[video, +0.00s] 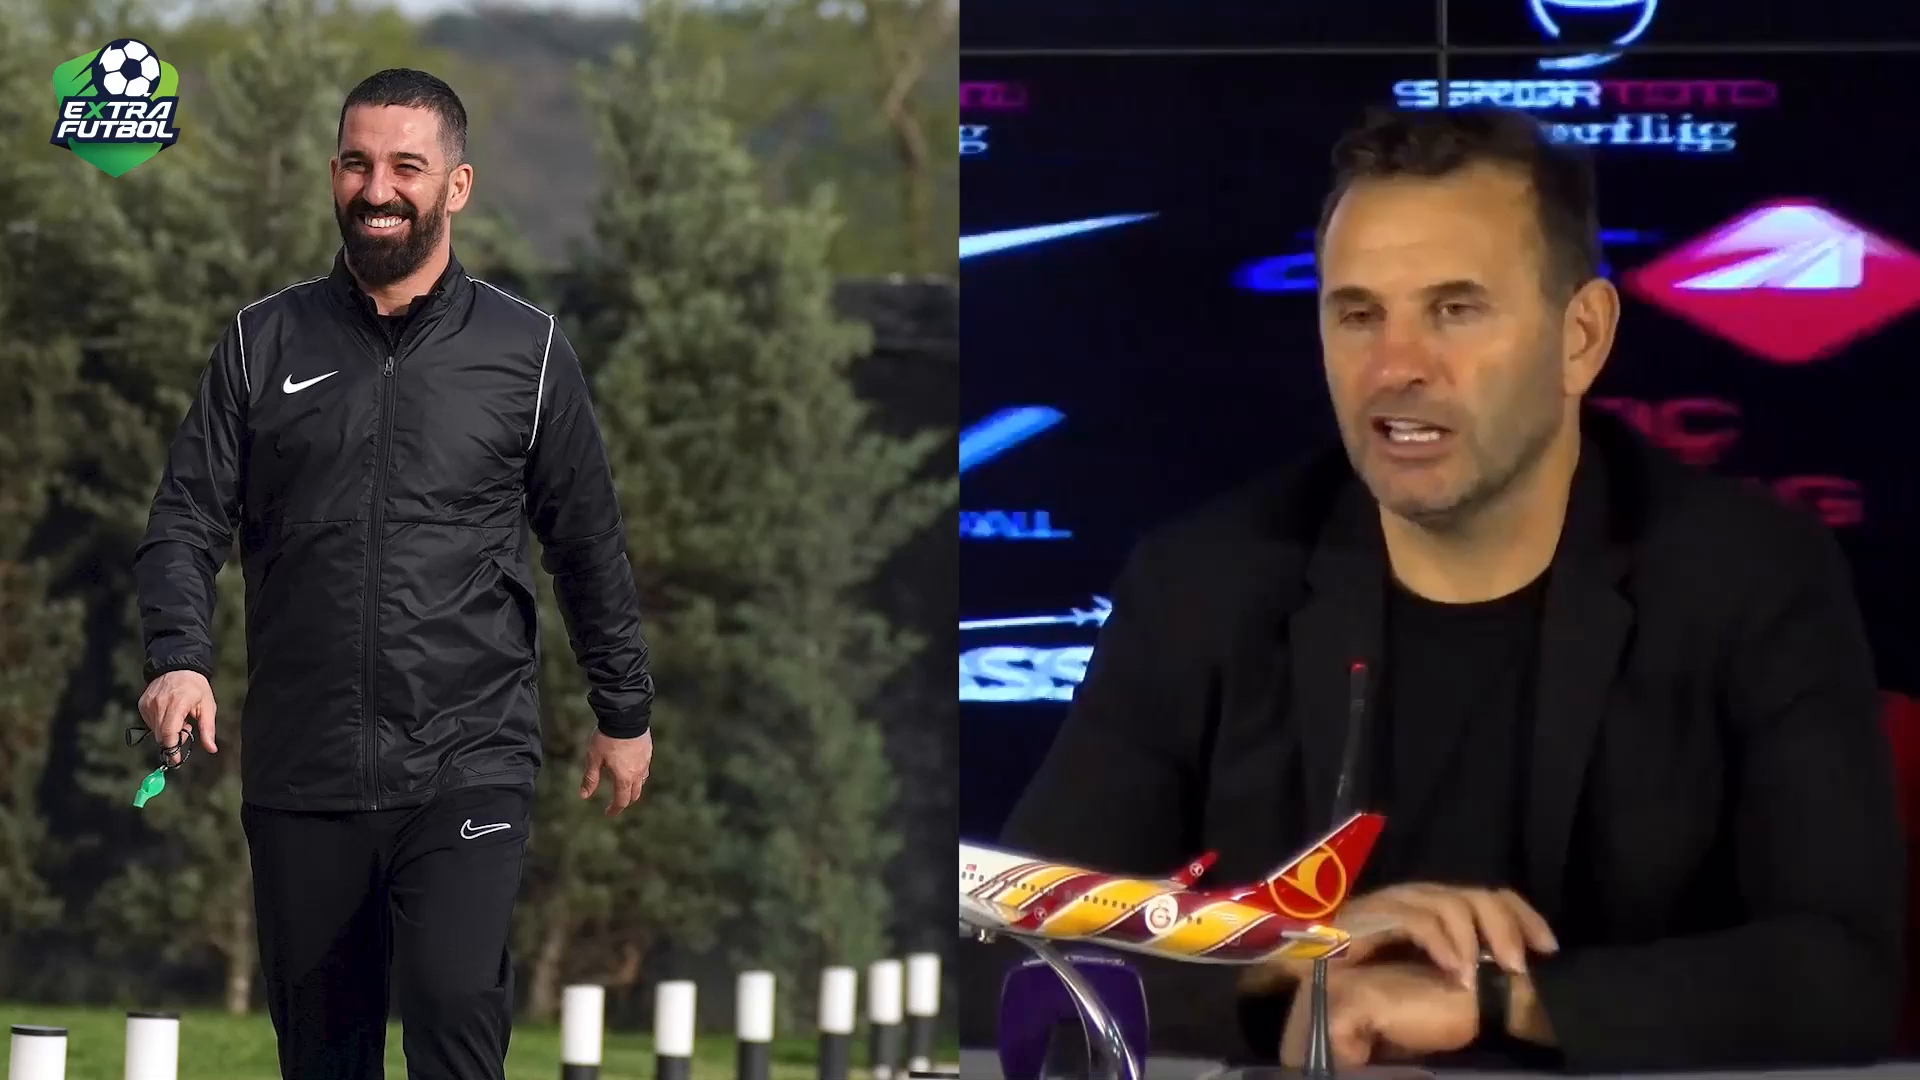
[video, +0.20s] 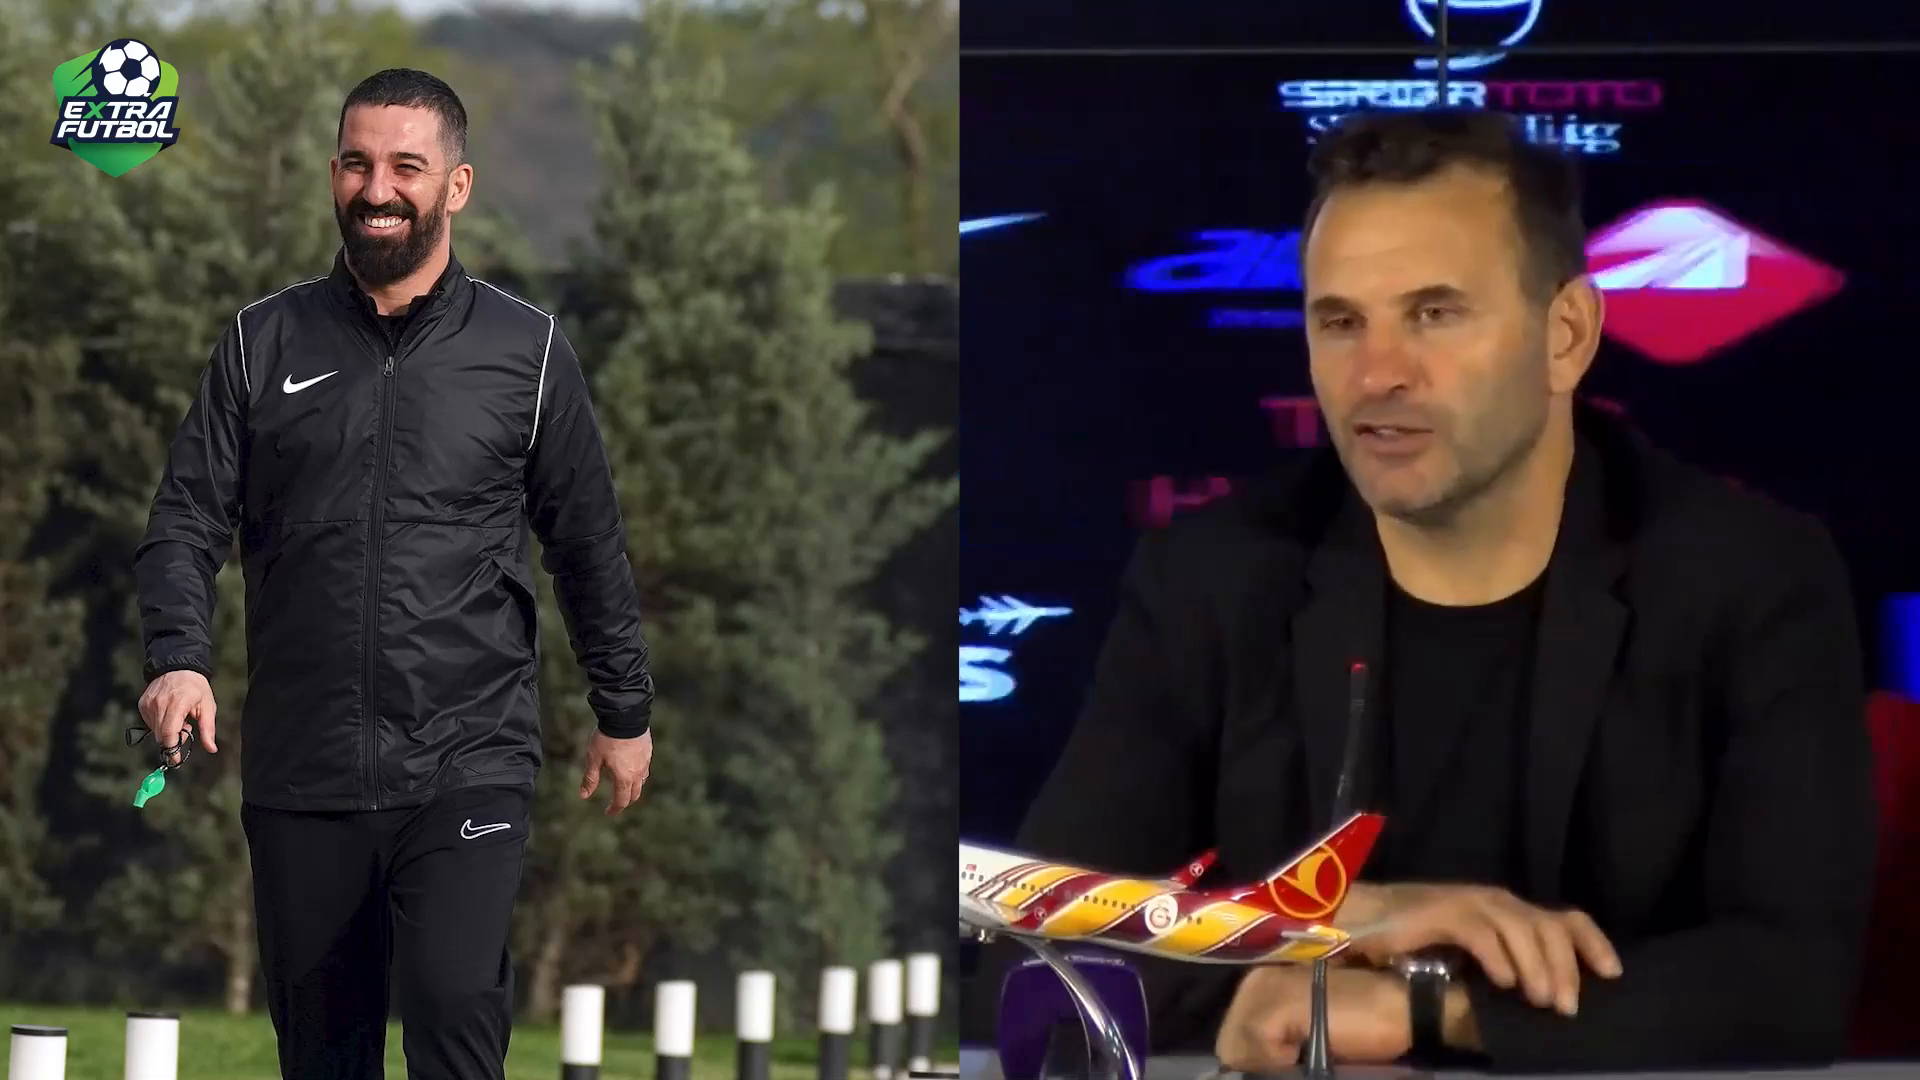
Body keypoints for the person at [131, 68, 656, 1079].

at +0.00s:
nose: (376, 187)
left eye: (405, 164)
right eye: (356, 162)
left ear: (458, 186)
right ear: (334, 177)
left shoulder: (529, 350)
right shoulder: (259, 344)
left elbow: (589, 542)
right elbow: (187, 515)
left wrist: (623, 709)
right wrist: (177, 659)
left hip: (472, 752)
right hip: (303, 755)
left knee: (454, 1017)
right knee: (320, 1041)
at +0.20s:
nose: (376, 187)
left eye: (405, 164)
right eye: (356, 162)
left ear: (458, 186)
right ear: (334, 177)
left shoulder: (529, 350)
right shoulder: (259, 344)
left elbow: (589, 542)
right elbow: (187, 515)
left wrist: (623, 709)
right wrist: (177, 659)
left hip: (472, 752)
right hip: (303, 755)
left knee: (454, 1017)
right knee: (320, 1040)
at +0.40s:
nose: (376, 187)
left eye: (405, 164)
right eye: (356, 162)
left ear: (458, 186)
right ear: (334, 177)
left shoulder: (529, 350)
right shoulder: (259, 344)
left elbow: (589, 542)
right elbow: (187, 515)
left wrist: (623, 709)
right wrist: (177, 659)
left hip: (472, 752)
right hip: (303, 755)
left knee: (454, 1017)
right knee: (320, 1040)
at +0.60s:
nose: (376, 187)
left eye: (405, 164)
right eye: (356, 162)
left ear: (458, 186)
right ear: (334, 177)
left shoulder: (529, 350)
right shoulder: (259, 344)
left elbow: (589, 542)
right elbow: (187, 515)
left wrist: (623, 709)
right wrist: (177, 659)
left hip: (472, 752)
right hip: (303, 755)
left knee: (454, 1017)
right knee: (320, 1041)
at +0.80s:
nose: (376, 187)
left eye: (405, 164)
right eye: (356, 162)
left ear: (458, 186)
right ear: (334, 177)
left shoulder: (529, 350)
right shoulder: (259, 344)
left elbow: (589, 542)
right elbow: (186, 515)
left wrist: (623, 709)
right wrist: (177, 659)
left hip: (472, 752)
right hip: (303, 755)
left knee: (454, 1017)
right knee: (320, 1041)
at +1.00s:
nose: (376, 187)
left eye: (405, 164)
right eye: (356, 162)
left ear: (458, 186)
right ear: (334, 176)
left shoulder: (529, 350)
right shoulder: (259, 344)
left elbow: (589, 542)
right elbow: (186, 515)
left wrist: (623, 709)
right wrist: (177, 659)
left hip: (471, 752)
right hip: (302, 755)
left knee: (454, 1017)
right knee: (320, 1040)